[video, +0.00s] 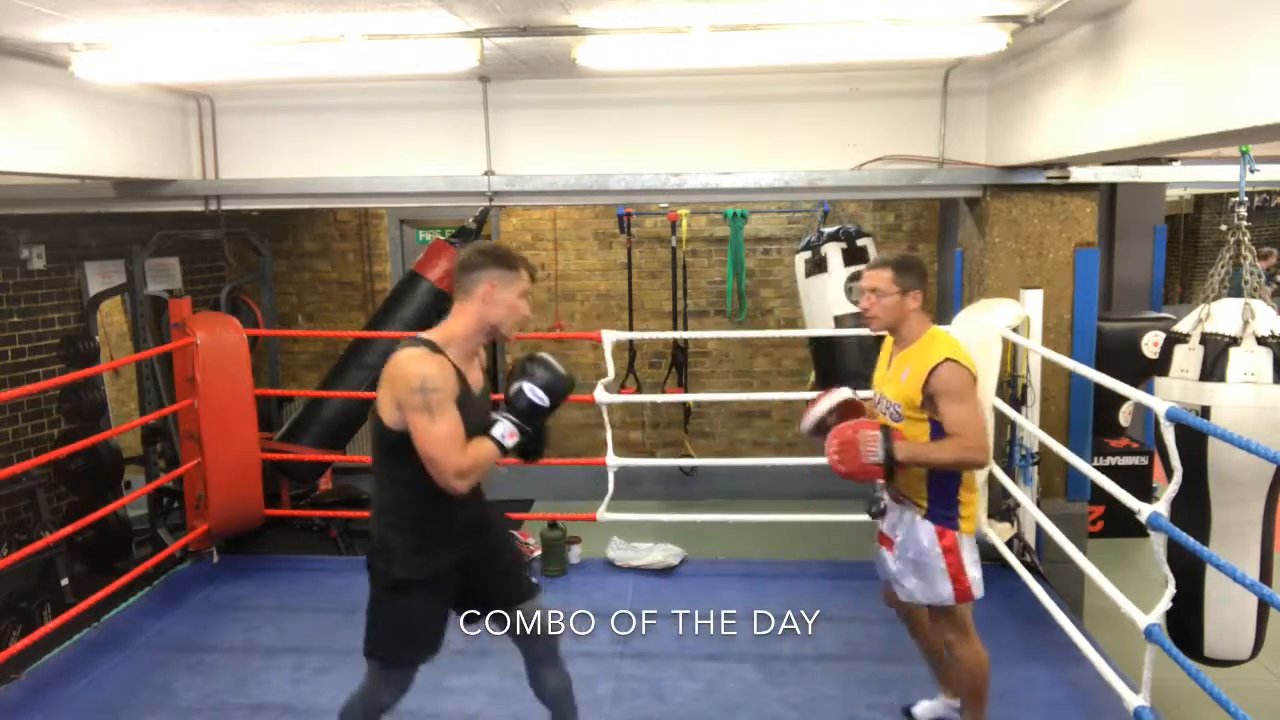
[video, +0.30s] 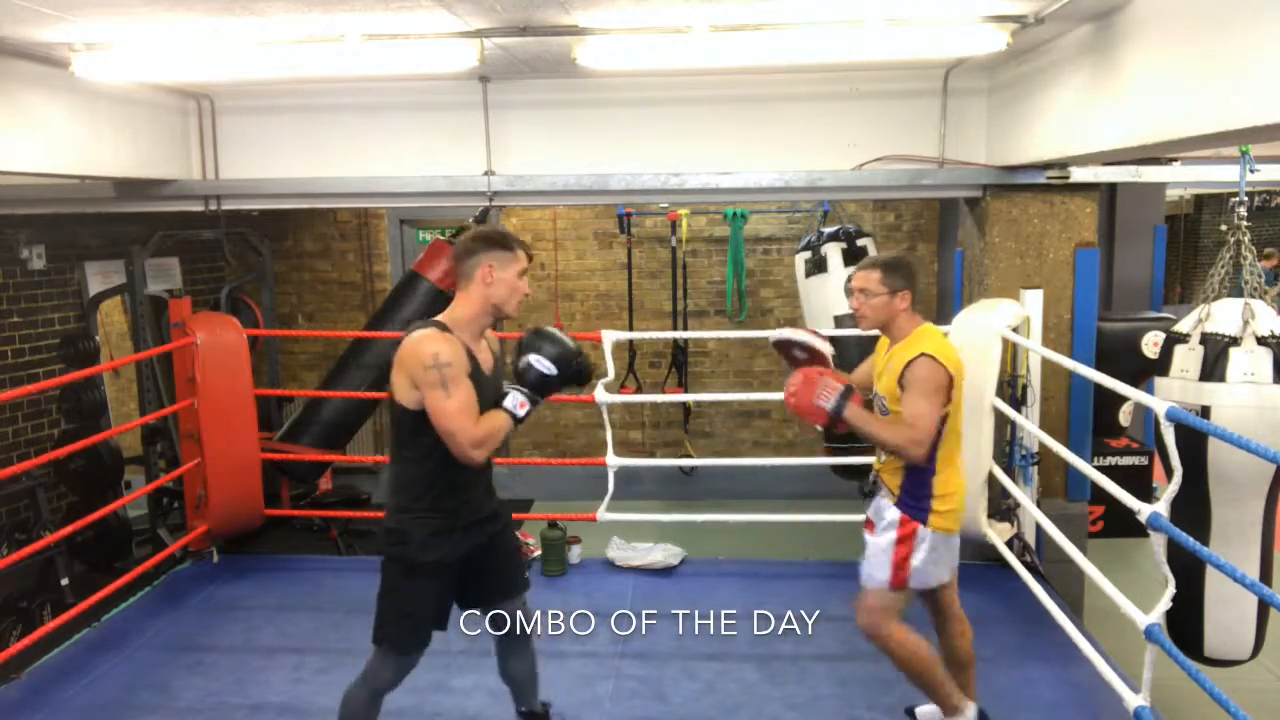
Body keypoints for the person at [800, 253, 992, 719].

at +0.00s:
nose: (863, 305)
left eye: (875, 295)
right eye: (863, 295)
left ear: (913, 300)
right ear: (899, 302)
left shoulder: (945, 366)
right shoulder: (895, 344)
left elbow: (975, 450)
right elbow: (900, 419)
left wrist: (893, 449)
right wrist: (850, 409)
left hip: (939, 523)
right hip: (901, 509)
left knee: (955, 632)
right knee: (902, 599)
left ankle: (975, 715)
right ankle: (952, 697)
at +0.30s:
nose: (853, 304)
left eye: (864, 295)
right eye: (853, 294)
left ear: (901, 300)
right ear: (895, 304)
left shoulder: (926, 358)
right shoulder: (892, 345)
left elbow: (915, 442)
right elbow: (850, 386)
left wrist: (842, 406)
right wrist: (816, 373)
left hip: (915, 510)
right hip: (923, 502)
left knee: (876, 620)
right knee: (945, 609)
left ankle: (959, 710)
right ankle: (962, 706)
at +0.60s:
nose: (809, 312)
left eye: (820, 304)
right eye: (810, 302)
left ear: (854, 311)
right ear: (854, 312)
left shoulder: (874, 366)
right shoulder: (872, 354)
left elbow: (863, 450)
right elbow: (856, 427)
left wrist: (807, 402)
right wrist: (808, 406)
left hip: (863, 523)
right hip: (897, 515)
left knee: (816, 638)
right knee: (926, 613)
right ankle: (962, 707)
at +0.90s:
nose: (741, 298)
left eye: (752, 290)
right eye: (744, 288)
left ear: (787, 299)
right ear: (791, 301)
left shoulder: (787, 350)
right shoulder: (818, 343)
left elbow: (739, 397)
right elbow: (737, 368)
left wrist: (655, 374)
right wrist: (702, 337)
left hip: (800, 517)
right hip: (840, 505)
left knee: (771, 642)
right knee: (857, 610)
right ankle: (906, 708)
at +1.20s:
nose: (707, 304)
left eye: (717, 294)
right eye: (708, 293)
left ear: (753, 303)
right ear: (757, 304)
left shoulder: (746, 358)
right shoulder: (800, 343)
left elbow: (694, 413)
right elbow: (763, 402)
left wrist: (605, 392)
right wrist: (715, 362)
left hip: (778, 524)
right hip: (825, 509)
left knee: (759, 652)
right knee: (830, 613)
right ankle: (867, 711)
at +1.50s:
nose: (705, 306)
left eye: (714, 296)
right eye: (705, 296)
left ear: (749, 303)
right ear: (748, 305)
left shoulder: (765, 358)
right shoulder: (767, 347)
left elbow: (726, 429)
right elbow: (711, 405)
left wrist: (652, 402)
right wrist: (688, 350)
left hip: (775, 519)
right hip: (801, 510)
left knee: (751, 652)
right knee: (815, 610)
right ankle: (863, 708)